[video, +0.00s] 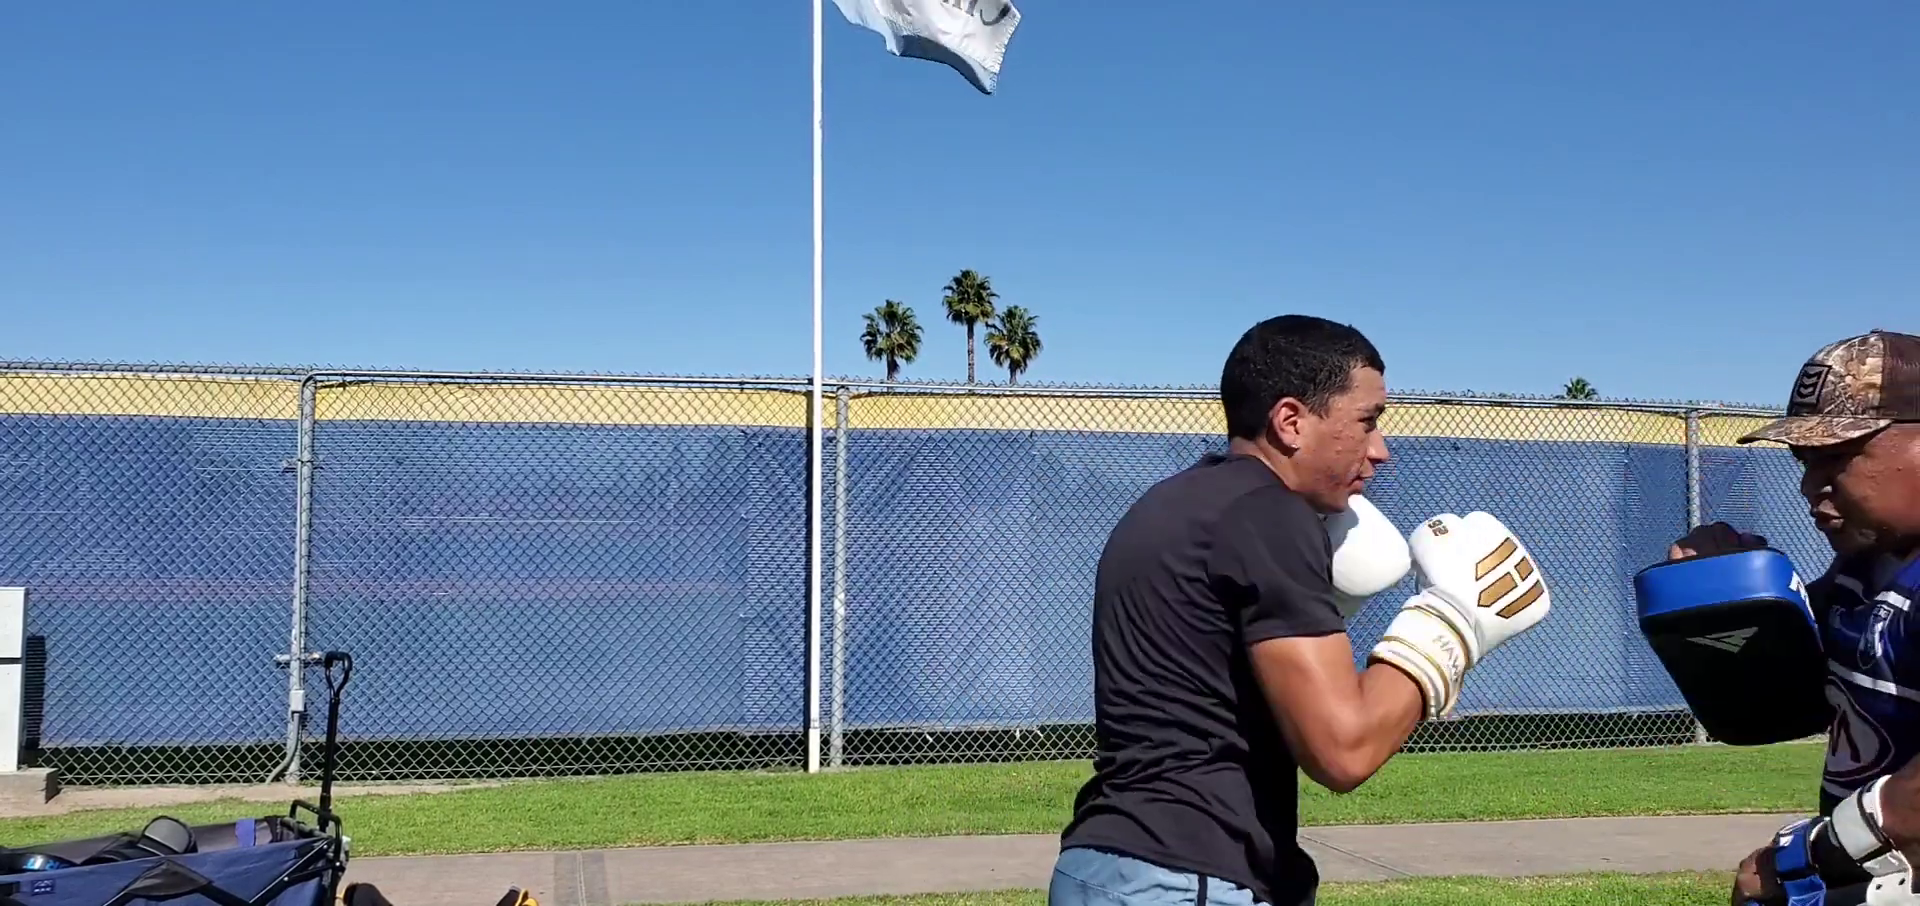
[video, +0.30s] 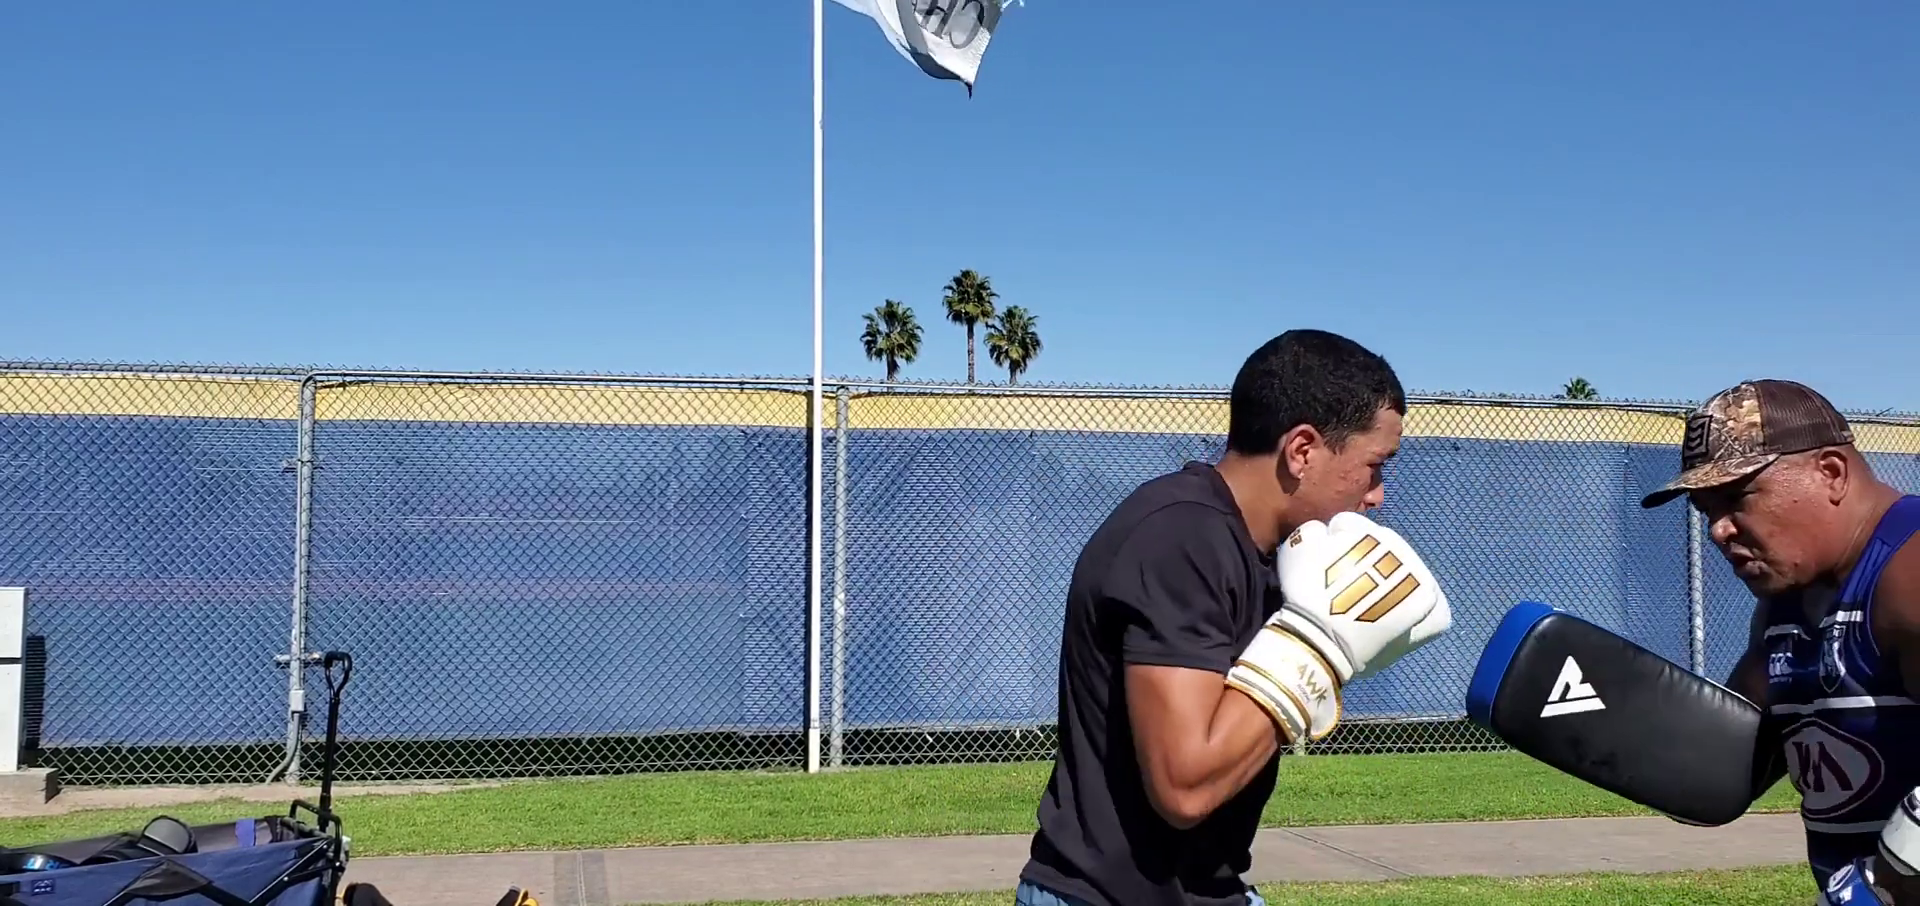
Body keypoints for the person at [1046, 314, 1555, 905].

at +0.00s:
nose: (1381, 450)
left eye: (1378, 424)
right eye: (1368, 421)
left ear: (1286, 423)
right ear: (1291, 422)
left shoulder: (1165, 507)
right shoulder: (1263, 514)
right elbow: (1344, 750)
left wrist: (1305, 575)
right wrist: (1445, 623)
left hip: (1111, 863)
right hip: (1187, 878)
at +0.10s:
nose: (1369, 462)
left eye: (1367, 436)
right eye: (1357, 434)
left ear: (1284, 427)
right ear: (1286, 427)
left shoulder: (1180, 512)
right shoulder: (1220, 530)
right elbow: (1233, 779)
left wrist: (1315, 614)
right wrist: (1336, 629)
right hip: (1163, 887)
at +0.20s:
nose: (1360, 469)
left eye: (1361, 443)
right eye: (1353, 440)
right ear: (1283, 428)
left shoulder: (1210, 528)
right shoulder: (1183, 530)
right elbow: (1195, 779)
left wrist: (1297, 689)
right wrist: (1312, 636)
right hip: (1125, 889)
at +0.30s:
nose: (1378, 496)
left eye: (1382, 471)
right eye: (1373, 468)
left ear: (1299, 454)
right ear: (1301, 452)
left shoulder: (1248, 541)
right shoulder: (1180, 541)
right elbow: (1185, 786)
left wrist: (1318, 649)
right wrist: (1310, 640)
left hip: (1208, 886)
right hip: (1107, 889)